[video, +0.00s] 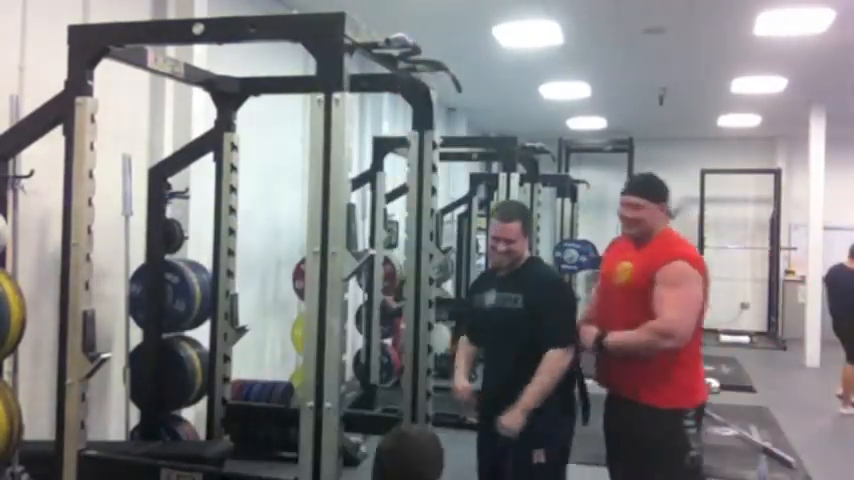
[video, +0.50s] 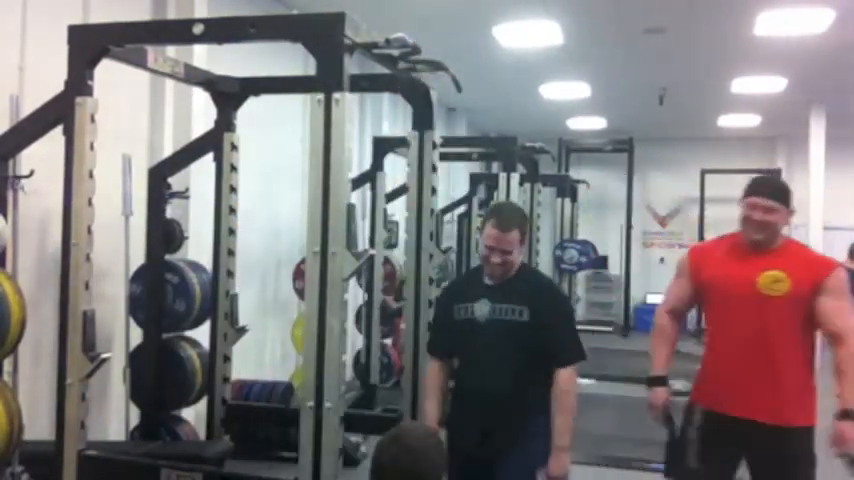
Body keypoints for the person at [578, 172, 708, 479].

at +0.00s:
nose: (627, 215)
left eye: (637, 207)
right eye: (624, 206)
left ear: (662, 210)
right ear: (618, 206)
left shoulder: (678, 259)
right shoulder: (618, 247)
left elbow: (673, 331)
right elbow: (599, 301)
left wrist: (603, 340)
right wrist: (584, 327)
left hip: (662, 406)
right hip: (622, 397)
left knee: (655, 473)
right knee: (621, 471)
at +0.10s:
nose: (650, 216)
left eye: (661, 209)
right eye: (646, 207)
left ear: (685, 214)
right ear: (639, 209)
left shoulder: (701, 264)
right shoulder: (628, 251)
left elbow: (701, 338)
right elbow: (609, 303)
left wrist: (629, 360)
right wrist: (588, 344)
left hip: (689, 413)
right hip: (635, 405)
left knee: (698, 473)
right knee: (631, 473)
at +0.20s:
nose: (673, 219)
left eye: (684, 212)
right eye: (669, 210)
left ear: (707, 218)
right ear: (662, 213)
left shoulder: (731, 270)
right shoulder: (642, 257)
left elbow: (738, 346)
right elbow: (623, 306)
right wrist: (601, 357)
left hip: (712, 420)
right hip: (652, 415)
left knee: (724, 474)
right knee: (645, 473)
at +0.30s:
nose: (700, 221)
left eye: (712, 215)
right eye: (695, 213)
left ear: (734, 220)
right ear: (688, 215)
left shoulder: (762, 274)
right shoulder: (664, 262)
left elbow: (781, 347)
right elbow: (637, 311)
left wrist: (741, 410)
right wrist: (617, 368)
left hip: (739, 425)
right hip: (674, 420)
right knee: (662, 474)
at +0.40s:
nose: (729, 221)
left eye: (741, 215)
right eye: (724, 212)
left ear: (762, 220)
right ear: (716, 213)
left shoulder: (795, 276)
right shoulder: (685, 262)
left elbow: (815, 347)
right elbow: (654, 314)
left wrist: (804, 419)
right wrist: (637, 375)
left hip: (766, 428)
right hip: (697, 421)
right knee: (675, 473)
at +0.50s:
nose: (757, 217)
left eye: (768, 210)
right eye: (750, 207)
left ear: (787, 216)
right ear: (740, 208)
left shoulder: (821, 272)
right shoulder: (701, 259)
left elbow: (844, 340)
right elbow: (668, 313)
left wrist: (846, 412)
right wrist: (658, 379)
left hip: (785, 426)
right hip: (714, 418)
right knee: (696, 473)